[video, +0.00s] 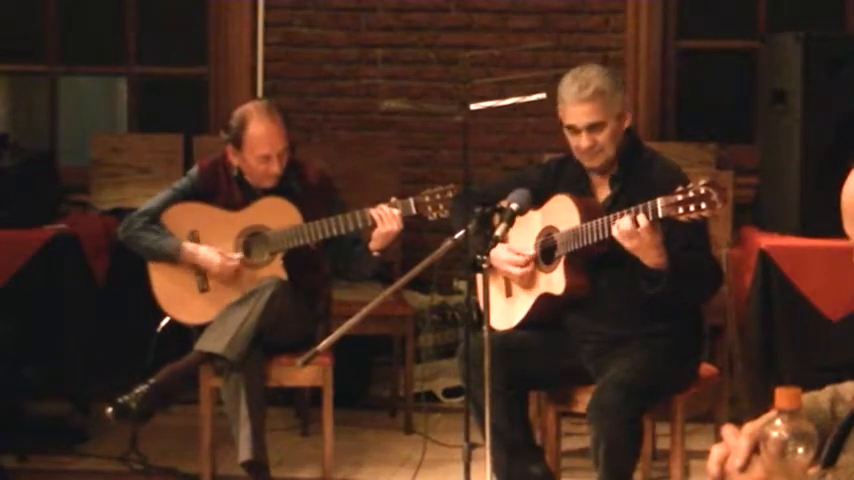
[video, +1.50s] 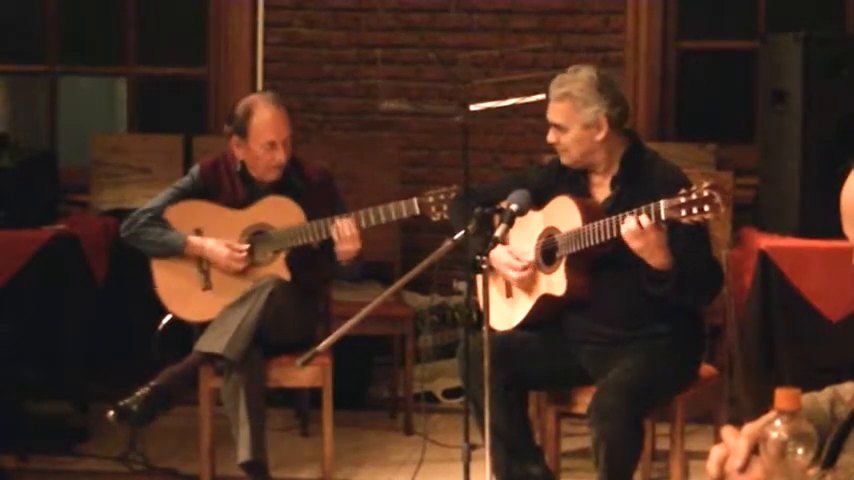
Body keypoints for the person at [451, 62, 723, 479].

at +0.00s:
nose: (584, 143)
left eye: (596, 129)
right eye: (572, 131)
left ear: (625, 119)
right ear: (561, 126)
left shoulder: (665, 183)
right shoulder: (557, 176)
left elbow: (705, 281)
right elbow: (468, 203)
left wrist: (658, 262)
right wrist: (488, 248)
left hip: (654, 342)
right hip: (574, 335)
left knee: (611, 403)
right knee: (485, 353)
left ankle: (613, 474)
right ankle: (523, 471)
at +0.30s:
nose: (589, 140)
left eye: (600, 126)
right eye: (576, 129)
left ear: (626, 117)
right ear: (563, 127)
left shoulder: (667, 184)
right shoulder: (557, 177)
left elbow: (703, 284)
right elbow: (468, 204)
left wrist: (660, 263)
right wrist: (489, 248)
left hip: (653, 342)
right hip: (574, 336)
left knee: (612, 405)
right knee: (485, 353)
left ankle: (614, 474)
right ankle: (523, 471)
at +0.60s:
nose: (590, 139)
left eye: (601, 125)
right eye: (577, 128)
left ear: (626, 117)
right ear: (564, 126)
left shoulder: (667, 184)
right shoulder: (557, 177)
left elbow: (703, 284)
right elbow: (471, 203)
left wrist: (661, 265)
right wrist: (489, 247)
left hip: (653, 342)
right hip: (574, 336)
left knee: (612, 405)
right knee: (485, 353)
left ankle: (614, 474)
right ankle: (524, 471)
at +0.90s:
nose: (590, 138)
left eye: (601, 124)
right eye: (577, 127)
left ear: (626, 117)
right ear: (565, 127)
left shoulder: (666, 183)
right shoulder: (557, 177)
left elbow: (704, 284)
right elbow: (467, 202)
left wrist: (660, 261)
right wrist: (490, 247)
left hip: (653, 344)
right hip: (573, 338)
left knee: (613, 404)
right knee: (484, 352)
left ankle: (613, 474)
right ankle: (524, 471)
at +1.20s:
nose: (560, 139)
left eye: (570, 129)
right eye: (557, 128)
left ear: (612, 125)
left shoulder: (667, 185)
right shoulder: (558, 177)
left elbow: (706, 285)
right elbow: (468, 203)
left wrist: (665, 262)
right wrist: (489, 248)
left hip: (653, 345)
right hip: (574, 339)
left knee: (612, 405)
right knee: (486, 353)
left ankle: (613, 474)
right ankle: (523, 471)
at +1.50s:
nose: (550, 139)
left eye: (559, 129)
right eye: (549, 127)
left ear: (599, 128)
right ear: (593, 129)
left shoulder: (666, 186)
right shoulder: (557, 178)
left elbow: (705, 285)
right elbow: (467, 204)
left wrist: (661, 261)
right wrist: (489, 249)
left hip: (654, 343)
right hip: (574, 336)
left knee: (613, 404)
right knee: (484, 355)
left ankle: (613, 474)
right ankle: (523, 471)